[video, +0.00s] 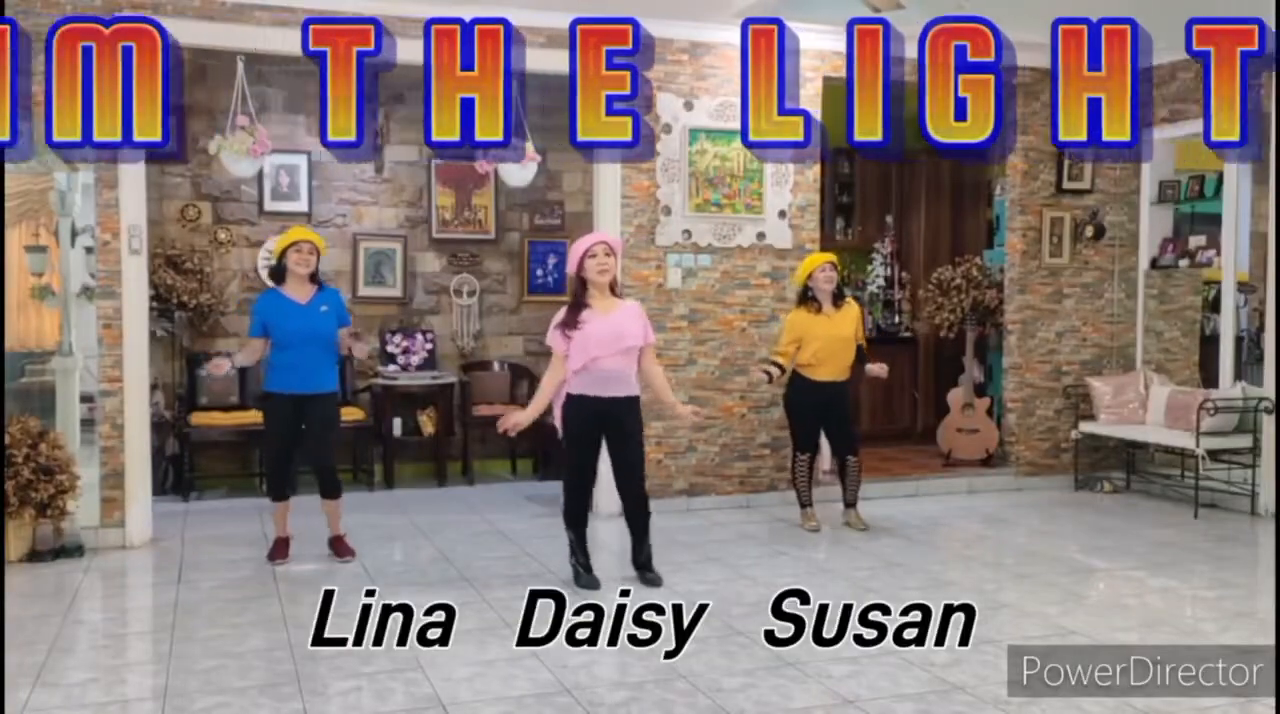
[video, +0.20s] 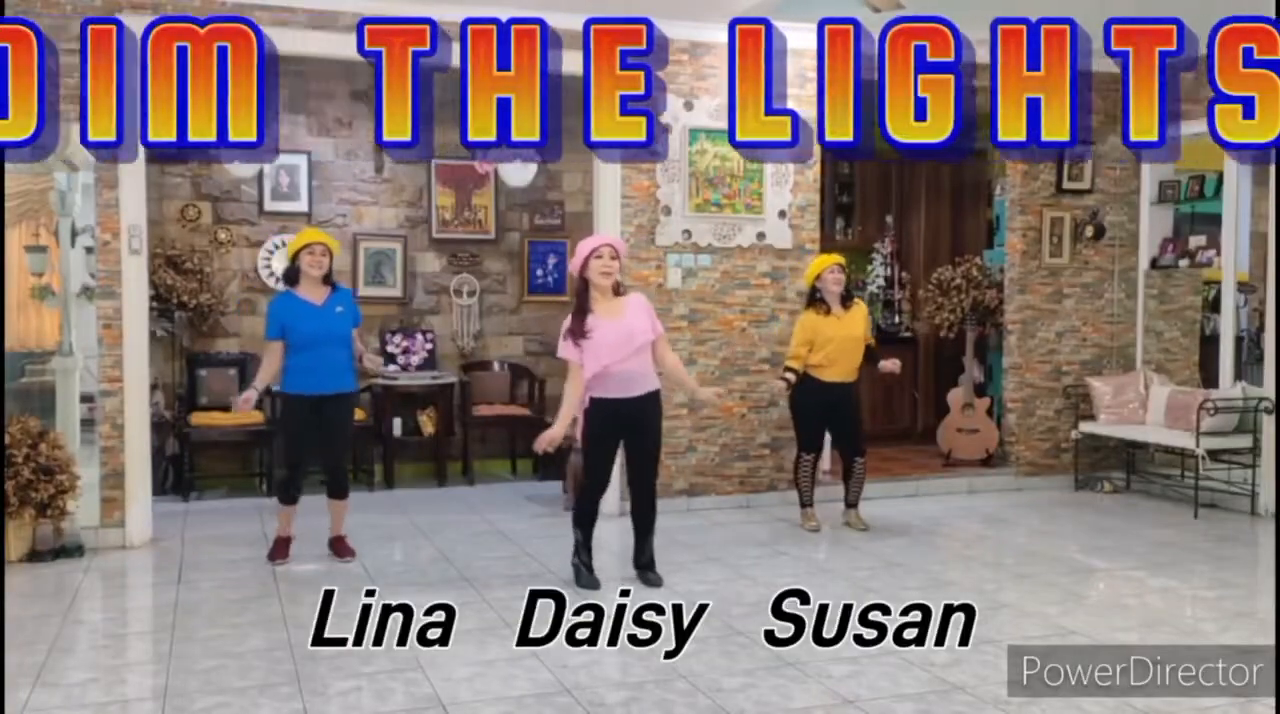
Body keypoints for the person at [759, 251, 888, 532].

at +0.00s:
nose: (828, 275)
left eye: (832, 270)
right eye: (821, 271)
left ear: (838, 277)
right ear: (809, 281)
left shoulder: (851, 310)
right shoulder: (799, 316)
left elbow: (859, 345)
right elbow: (783, 355)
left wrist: (867, 365)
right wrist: (769, 372)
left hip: (837, 389)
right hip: (803, 388)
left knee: (849, 451)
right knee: (805, 449)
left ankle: (851, 509)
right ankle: (807, 509)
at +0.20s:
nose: (838, 276)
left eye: (840, 271)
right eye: (830, 272)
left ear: (846, 278)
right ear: (817, 282)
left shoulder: (859, 309)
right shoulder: (810, 317)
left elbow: (866, 343)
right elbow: (796, 356)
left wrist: (880, 361)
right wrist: (786, 380)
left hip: (845, 390)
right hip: (811, 388)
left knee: (855, 451)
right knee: (809, 450)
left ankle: (851, 509)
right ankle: (807, 509)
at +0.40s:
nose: (847, 272)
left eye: (849, 268)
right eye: (840, 269)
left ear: (854, 275)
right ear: (826, 279)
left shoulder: (868, 309)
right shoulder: (816, 313)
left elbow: (876, 345)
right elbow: (805, 350)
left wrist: (897, 352)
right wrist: (796, 368)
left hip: (853, 387)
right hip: (819, 386)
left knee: (855, 450)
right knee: (818, 448)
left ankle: (851, 509)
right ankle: (810, 509)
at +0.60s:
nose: (854, 275)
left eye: (857, 270)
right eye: (847, 270)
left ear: (861, 277)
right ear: (832, 279)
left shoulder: (871, 313)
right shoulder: (818, 313)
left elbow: (876, 350)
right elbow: (807, 350)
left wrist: (897, 358)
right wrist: (803, 367)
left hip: (859, 388)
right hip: (826, 389)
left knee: (858, 450)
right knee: (832, 451)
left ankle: (852, 509)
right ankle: (832, 509)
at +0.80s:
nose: (856, 273)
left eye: (859, 269)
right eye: (850, 269)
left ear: (863, 276)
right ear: (835, 278)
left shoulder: (874, 312)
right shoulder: (820, 312)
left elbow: (882, 348)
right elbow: (807, 346)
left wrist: (908, 347)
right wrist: (804, 359)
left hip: (859, 388)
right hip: (826, 388)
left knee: (858, 449)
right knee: (831, 450)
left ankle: (852, 509)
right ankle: (830, 508)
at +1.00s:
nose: (857, 275)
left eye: (859, 271)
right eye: (850, 271)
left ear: (864, 278)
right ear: (835, 279)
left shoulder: (873, 317)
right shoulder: (819, 312)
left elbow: (891, 347)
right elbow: (803, 347)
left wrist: (917, 349)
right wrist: (800, 362)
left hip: (855, 389)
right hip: (820, 388)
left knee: (857, 450)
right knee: (823, 449)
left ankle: (851, 509)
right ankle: (815, 508)